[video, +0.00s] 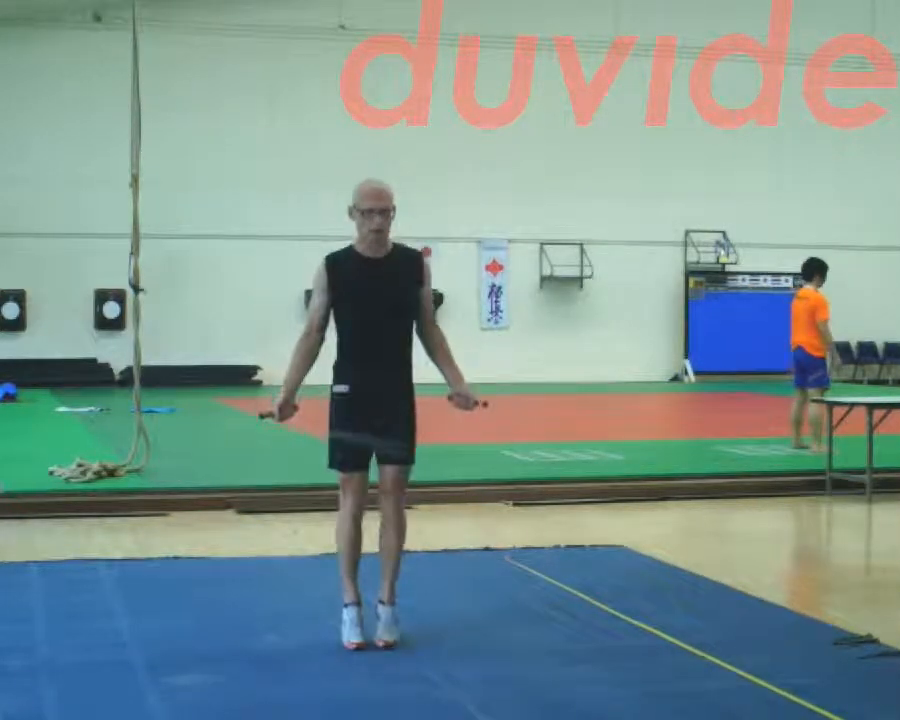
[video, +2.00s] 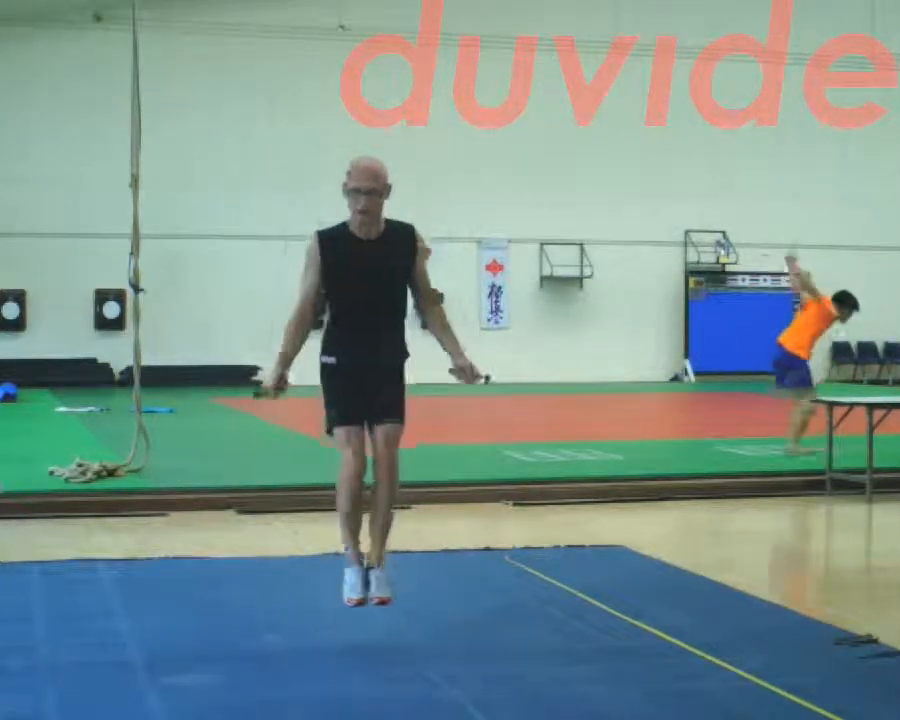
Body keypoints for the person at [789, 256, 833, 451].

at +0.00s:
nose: (824, 280)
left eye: (824, 276)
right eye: (823, 276)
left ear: (804, 275)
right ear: (819, 276)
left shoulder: (798, 296)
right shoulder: (818, 299)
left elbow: (797, 323)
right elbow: (822, 325)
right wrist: (831, 348)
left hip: (798, 348)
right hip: (814, 350)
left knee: (801, 395)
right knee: (816, 397)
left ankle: (796, 438)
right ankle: (817, 442)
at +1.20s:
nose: (840, 279)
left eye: (840, 275)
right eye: (840, 275)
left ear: (821, 275)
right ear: (836, 276)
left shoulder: (812, 297)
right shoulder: (831, 299)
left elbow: (805, 326)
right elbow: (836, 328)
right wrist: (843, 355)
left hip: (806, 349)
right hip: (821, 351)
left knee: (820, 397)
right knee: (817, 398)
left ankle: (817, 442)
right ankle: (813, 444)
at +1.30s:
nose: (840, 280)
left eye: (840, 276)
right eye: (840, 276)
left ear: (821, 275)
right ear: (836, 276)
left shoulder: (813, 296)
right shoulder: (831, 298)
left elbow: (816, 329)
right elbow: (842, 324)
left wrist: (835, 344)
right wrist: (857, 342)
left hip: (806, 347)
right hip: (820, 349)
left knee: (817, 397)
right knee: (818, 397)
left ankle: (814, 443)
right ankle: (814, 444)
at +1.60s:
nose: (847, 287)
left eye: (847, 283)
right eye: (847, 282)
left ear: (829, 279)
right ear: (841, 282)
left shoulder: (816, 297)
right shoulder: (831, 301)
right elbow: (842, 333)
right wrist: (856, 358)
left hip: (805, 349)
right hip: (818, 353)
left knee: (816, 397)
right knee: (824, 398)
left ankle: (816, 441)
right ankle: (818, 443)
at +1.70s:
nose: (850, 291)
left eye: (851, 287)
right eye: (850, 286)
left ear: (833, 282)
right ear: (845, 285)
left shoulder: (818, 299)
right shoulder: (832, 302)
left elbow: (803, 320)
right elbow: (829, 326)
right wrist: (829, 351)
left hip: (805, 351)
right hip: (818, 354)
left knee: (817, 398)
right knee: (823, 398)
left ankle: (817, 441)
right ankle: (818, 442)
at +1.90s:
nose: (851, 300)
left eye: (853, 296)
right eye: (852, 295)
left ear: (837, 286)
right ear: (847, 292)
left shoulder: (817, 292)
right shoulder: (833, 299)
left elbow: (797, 285)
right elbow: (819, 284)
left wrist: (786, 270)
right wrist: (801, 270)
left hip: (792, 341)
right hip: (800, 347)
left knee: (809, 392)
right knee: (810, 393)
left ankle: (807, 437)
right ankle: (807, 439)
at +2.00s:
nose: (848, 318)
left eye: (850, 314)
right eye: (849, 313)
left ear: (837, 302)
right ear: (843, 308)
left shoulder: (815, 303)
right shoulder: (826, 309)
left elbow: (801, 289)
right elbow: (809, 289)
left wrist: (793, 272)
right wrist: (796, 272)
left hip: (785, 350)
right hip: (794, 355)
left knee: (805, 401)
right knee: (806, 402)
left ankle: (793, 443)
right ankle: (793, 444)